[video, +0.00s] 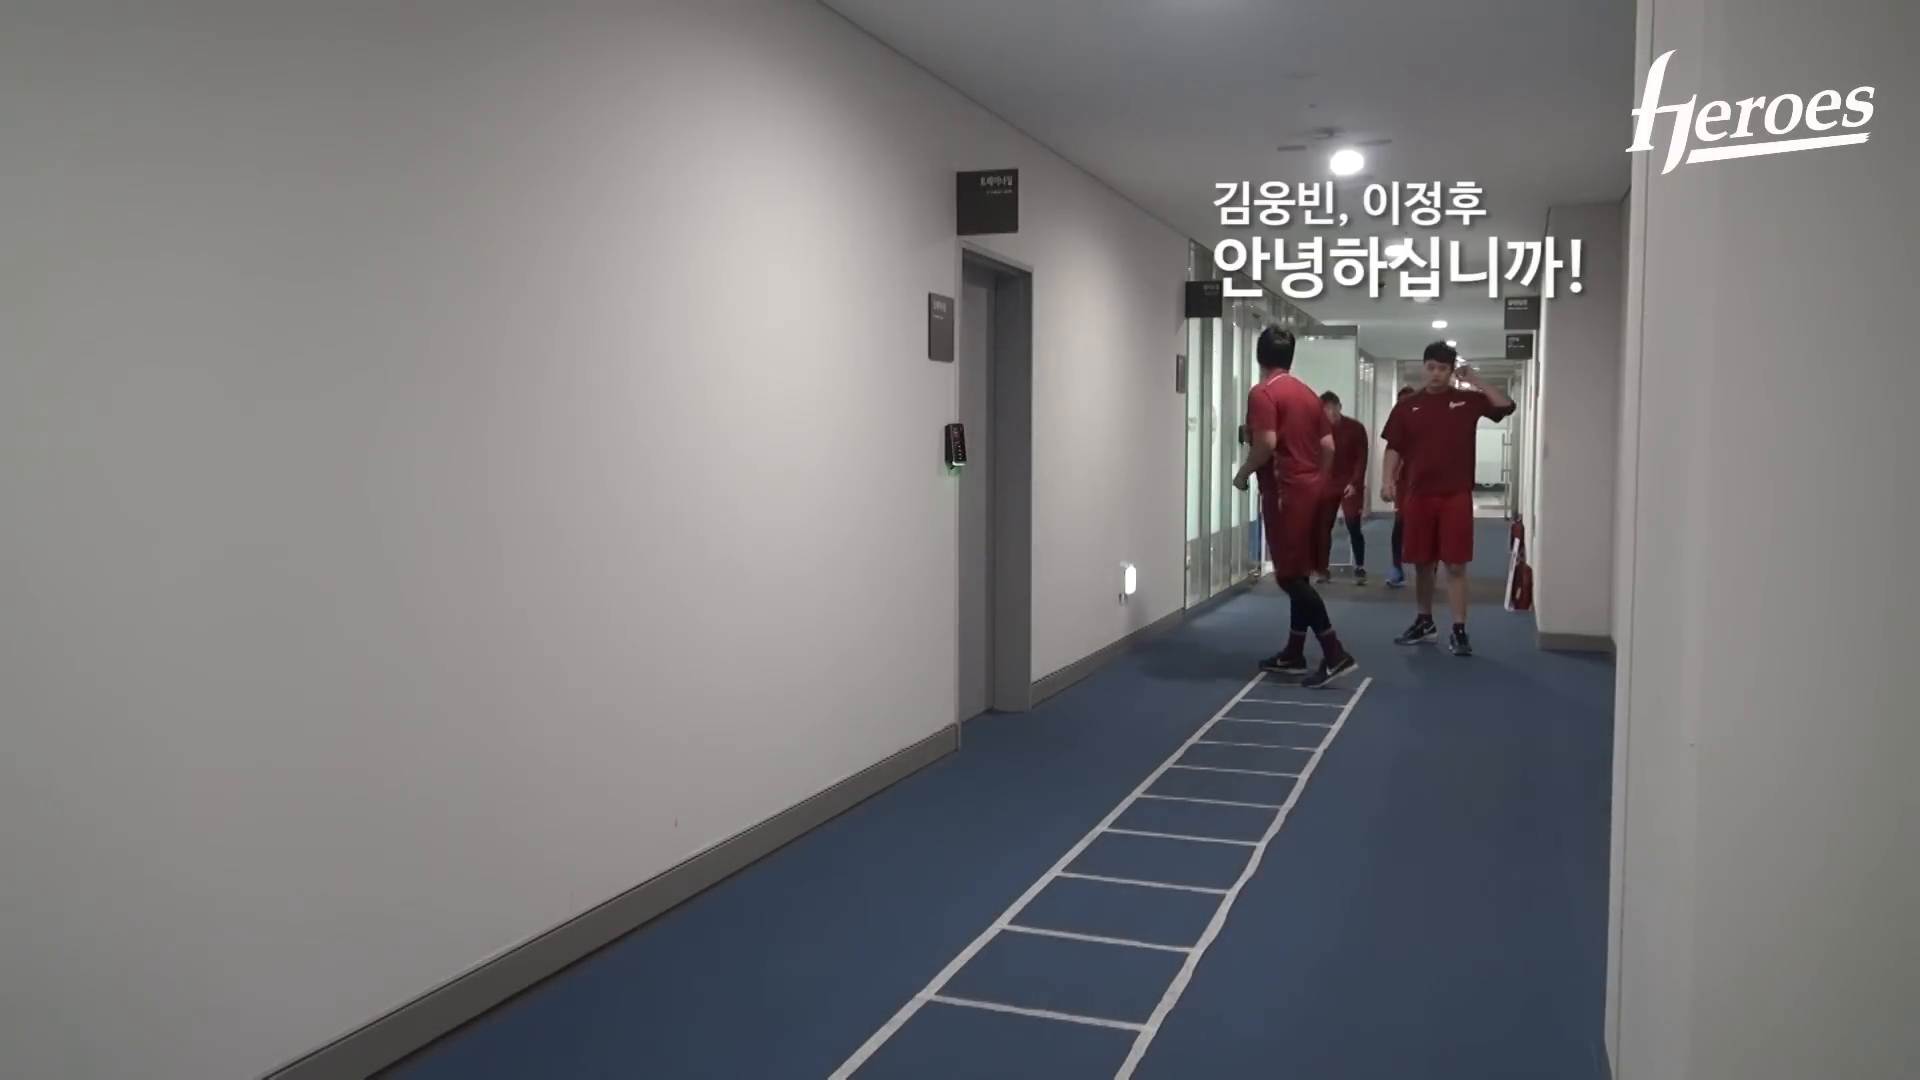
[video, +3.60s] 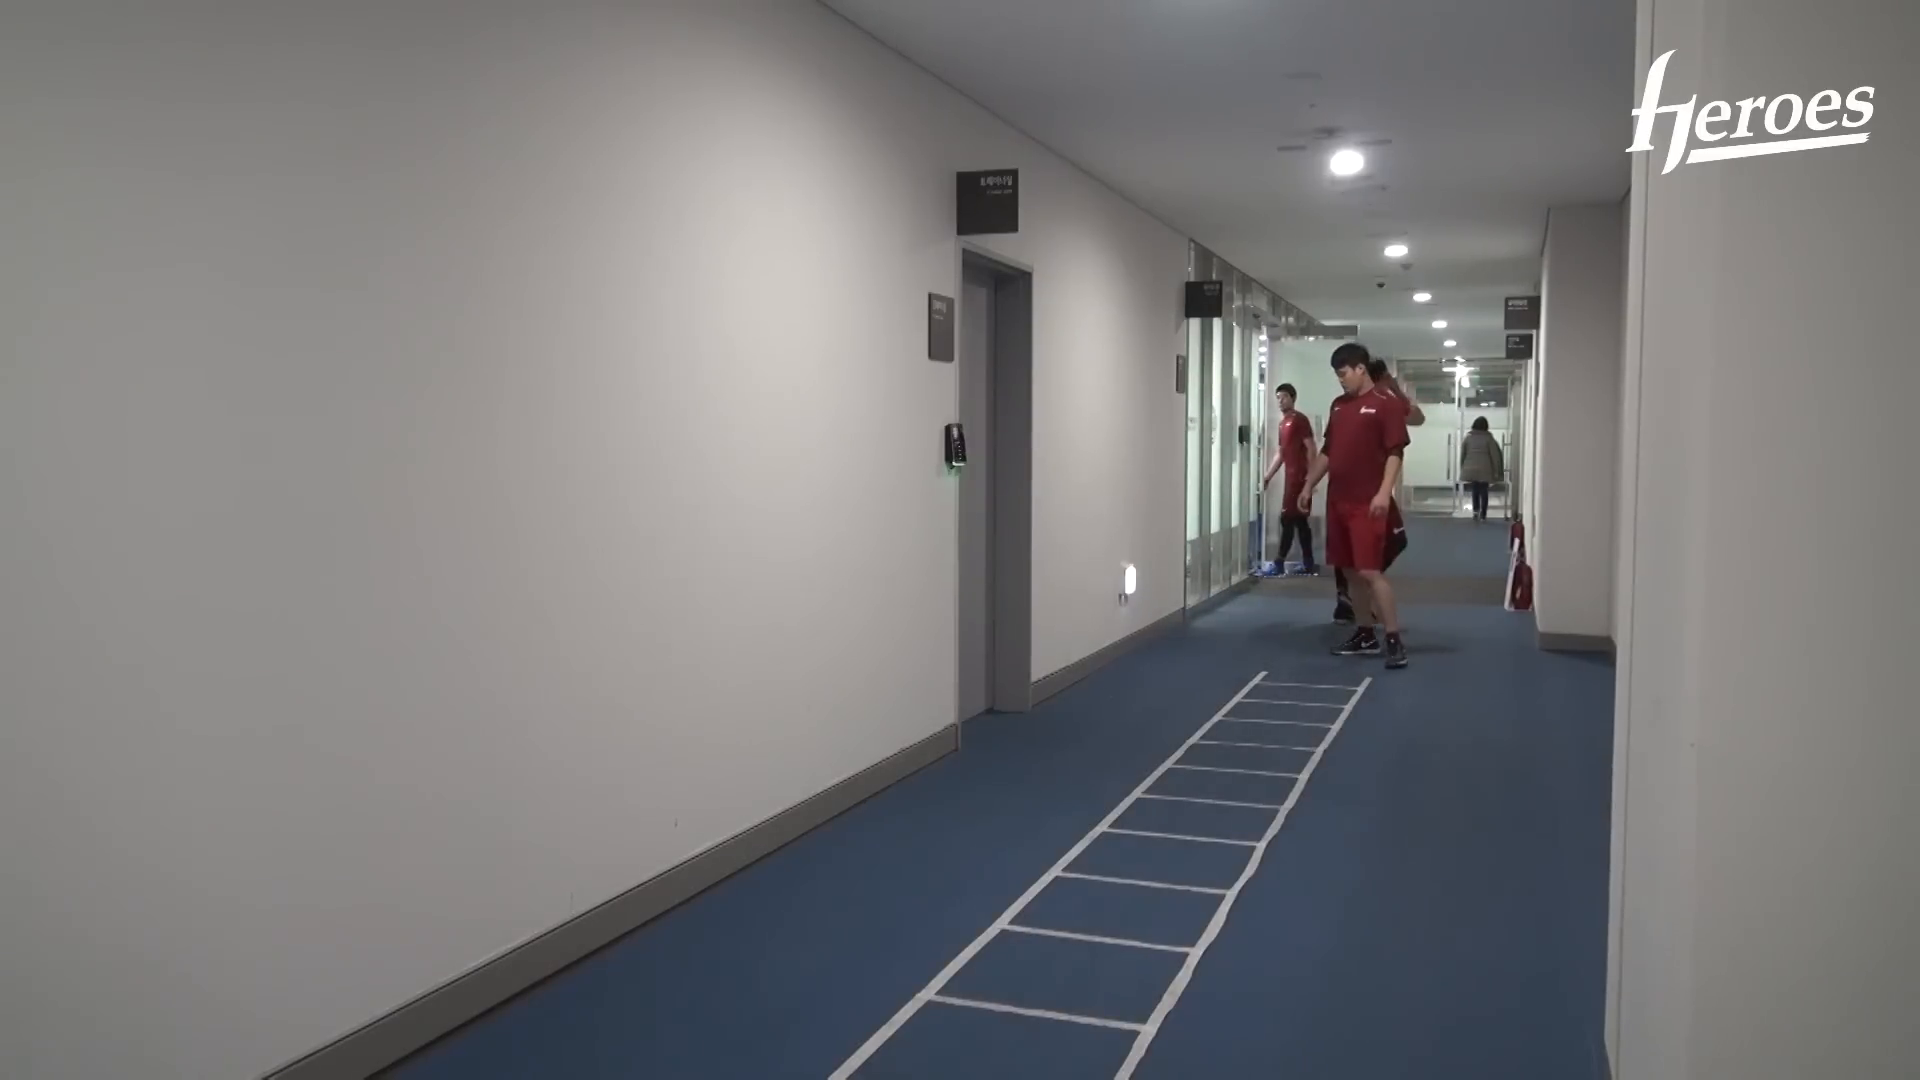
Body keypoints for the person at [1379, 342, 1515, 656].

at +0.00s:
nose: (1436, 374)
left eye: (1442, 369)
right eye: (1431, 367)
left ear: (1452, 372)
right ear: (1423, 368)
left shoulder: (1468, 401)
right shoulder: (1407, 406)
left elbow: (1505, 407)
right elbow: (1393, 447)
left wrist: (1476, 380)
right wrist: (1387, 480)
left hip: (1456, 495)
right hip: (1419, 495)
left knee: (1456, 564)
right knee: (1423, 564)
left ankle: (1459, 629)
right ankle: (1424, 620)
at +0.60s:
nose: (1446, 371)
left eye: (1453, 366)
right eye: (1442, 365)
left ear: (1465, 368)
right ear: (1436, 367)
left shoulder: (1483, 402)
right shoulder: (1422, 405)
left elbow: (1517, 432)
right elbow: (1406, 451)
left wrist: (1495, 417)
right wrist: (1392, 489)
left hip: (1462, 501)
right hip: (1423, 498)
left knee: (1460, 570)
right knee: (1403, 562)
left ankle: (1459, 631)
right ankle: (1405, 624)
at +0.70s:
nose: (1442, 372)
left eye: (1448, 366)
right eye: (1437, 366)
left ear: (1460, 369)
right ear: (1431, 368)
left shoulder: (1477, 403)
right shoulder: (1417, 406)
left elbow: (1507, 438)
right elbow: (1405, 452)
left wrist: (1502, 454)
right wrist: (1393, 488)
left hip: (1459, 502)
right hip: (1419, 499)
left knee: (1458, 571)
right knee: (1403, 565)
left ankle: (1459, 633)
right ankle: (1391, 629)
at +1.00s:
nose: (1415, 372)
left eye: (1422, 367)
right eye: (1410, 367)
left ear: (1435, 369)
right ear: (1405, 370)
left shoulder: (1455, 405)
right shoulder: (1393, 407)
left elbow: (1467, 451)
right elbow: (1380, 453)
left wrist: (1470, 489)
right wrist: (1366, 488)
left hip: (1437, 502)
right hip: (1396, 501)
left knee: (1445, 572)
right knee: (1389, 570)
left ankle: (1457, 631)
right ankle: (1382, 634)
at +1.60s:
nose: (1376, 375)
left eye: (1382, 369)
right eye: (1371, 370)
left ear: (1394, 370)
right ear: (1364, 373)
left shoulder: (1418, 402)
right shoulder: (1355, 409)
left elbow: (1442, 440)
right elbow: (1339, 448)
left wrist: (1449, 474)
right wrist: (1327, 479)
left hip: (1405, 498)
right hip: (1368, 499)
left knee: (1400, 566)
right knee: (1374, 570)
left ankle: (1410, 635)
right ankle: (1379, 635)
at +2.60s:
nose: (1384, 376)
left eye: (1390, 370)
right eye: (1382, 370)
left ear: (1410, 368)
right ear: (1382, 370)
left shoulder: (1428, 405)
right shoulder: (1382, 400)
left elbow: (1427, 459)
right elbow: (1373, 444)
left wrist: (1409, 501)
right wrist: (1347, 470)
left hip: (1408, 497)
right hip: (1378, 495)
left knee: (1403, 573)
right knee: (1361, 569)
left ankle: (1405, 643)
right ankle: (1382, 631)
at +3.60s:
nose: (1339, 378)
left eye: (1344, 372)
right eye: (1337, 373)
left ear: (1361, 369)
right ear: (1342, 373)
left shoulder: (1388, 403)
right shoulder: (1339, 406)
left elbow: (1396, 453)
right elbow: (1328, 452)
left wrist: (1384, 493)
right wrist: (1308, 485)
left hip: (1369, 500)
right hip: (1339, 499)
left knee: (1369, 570)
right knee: (1351, 571)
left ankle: (1393, 638)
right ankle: (1364, 633)